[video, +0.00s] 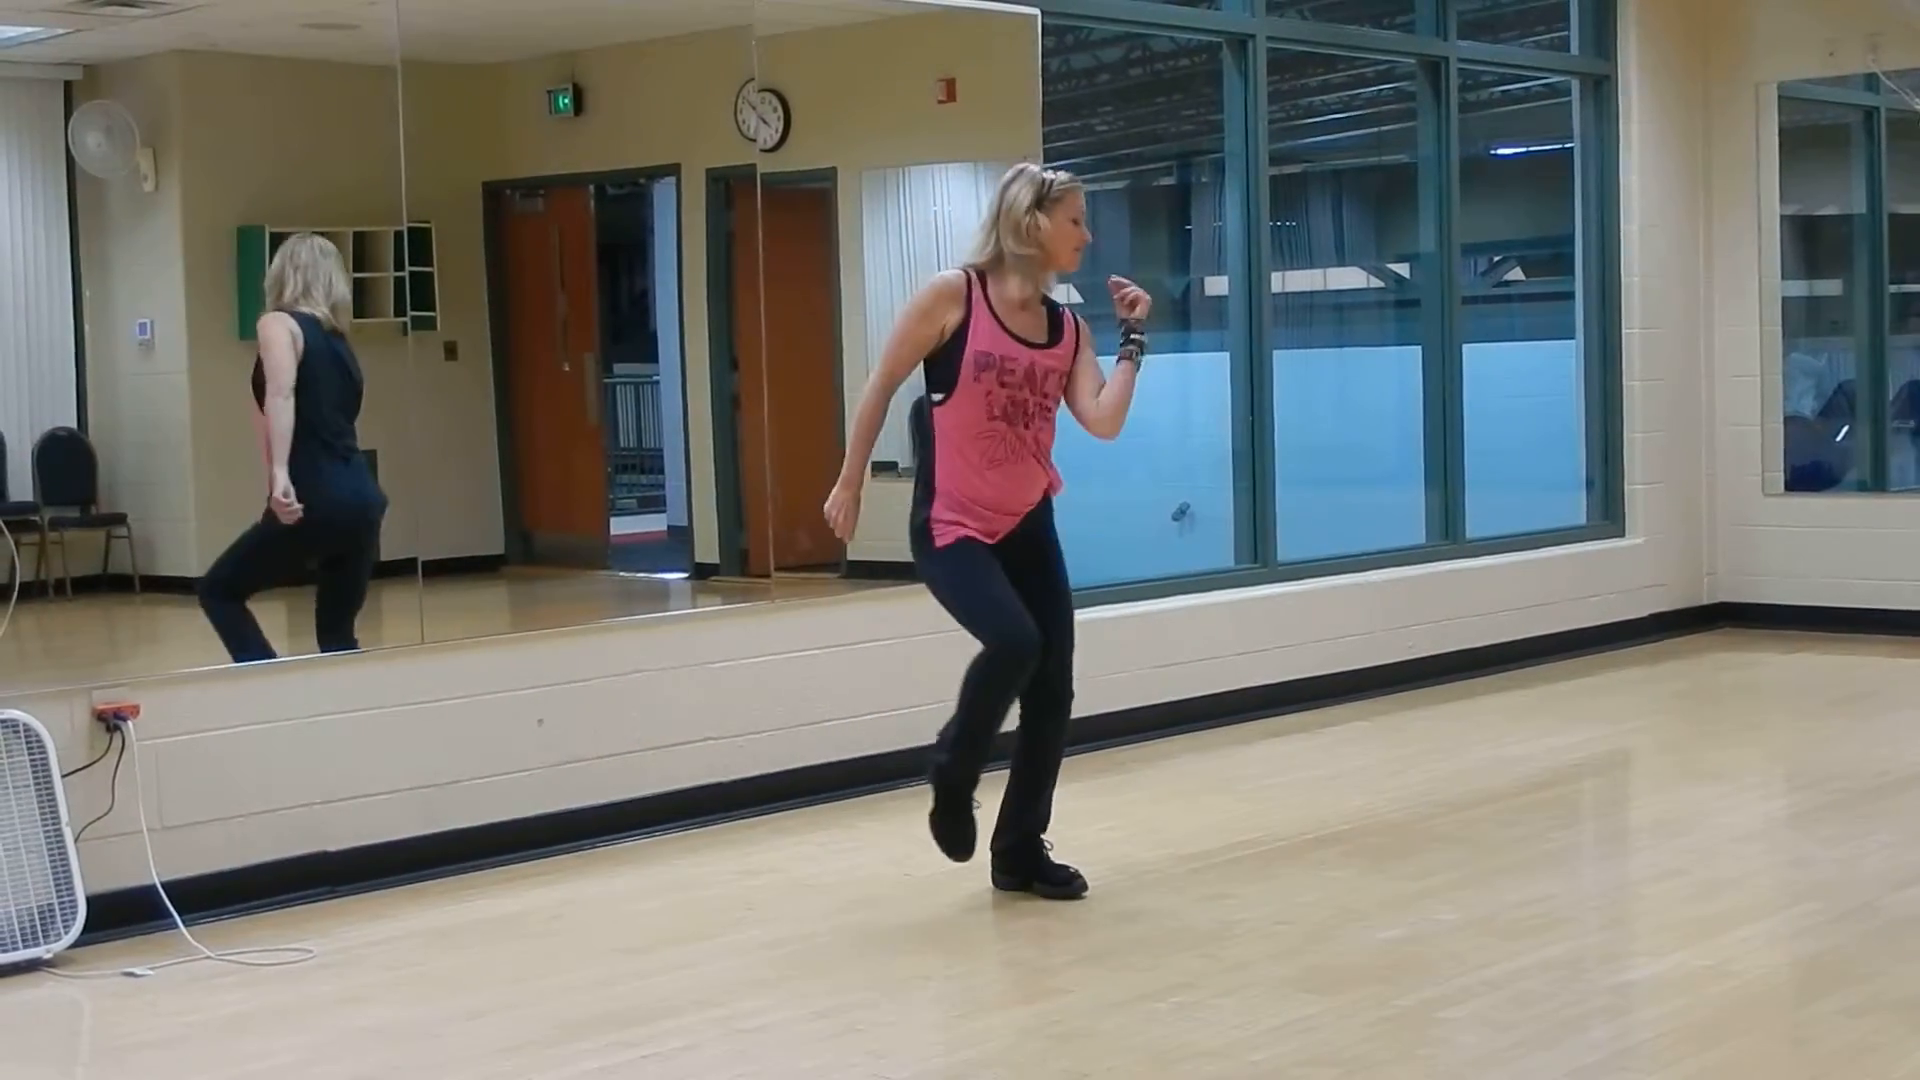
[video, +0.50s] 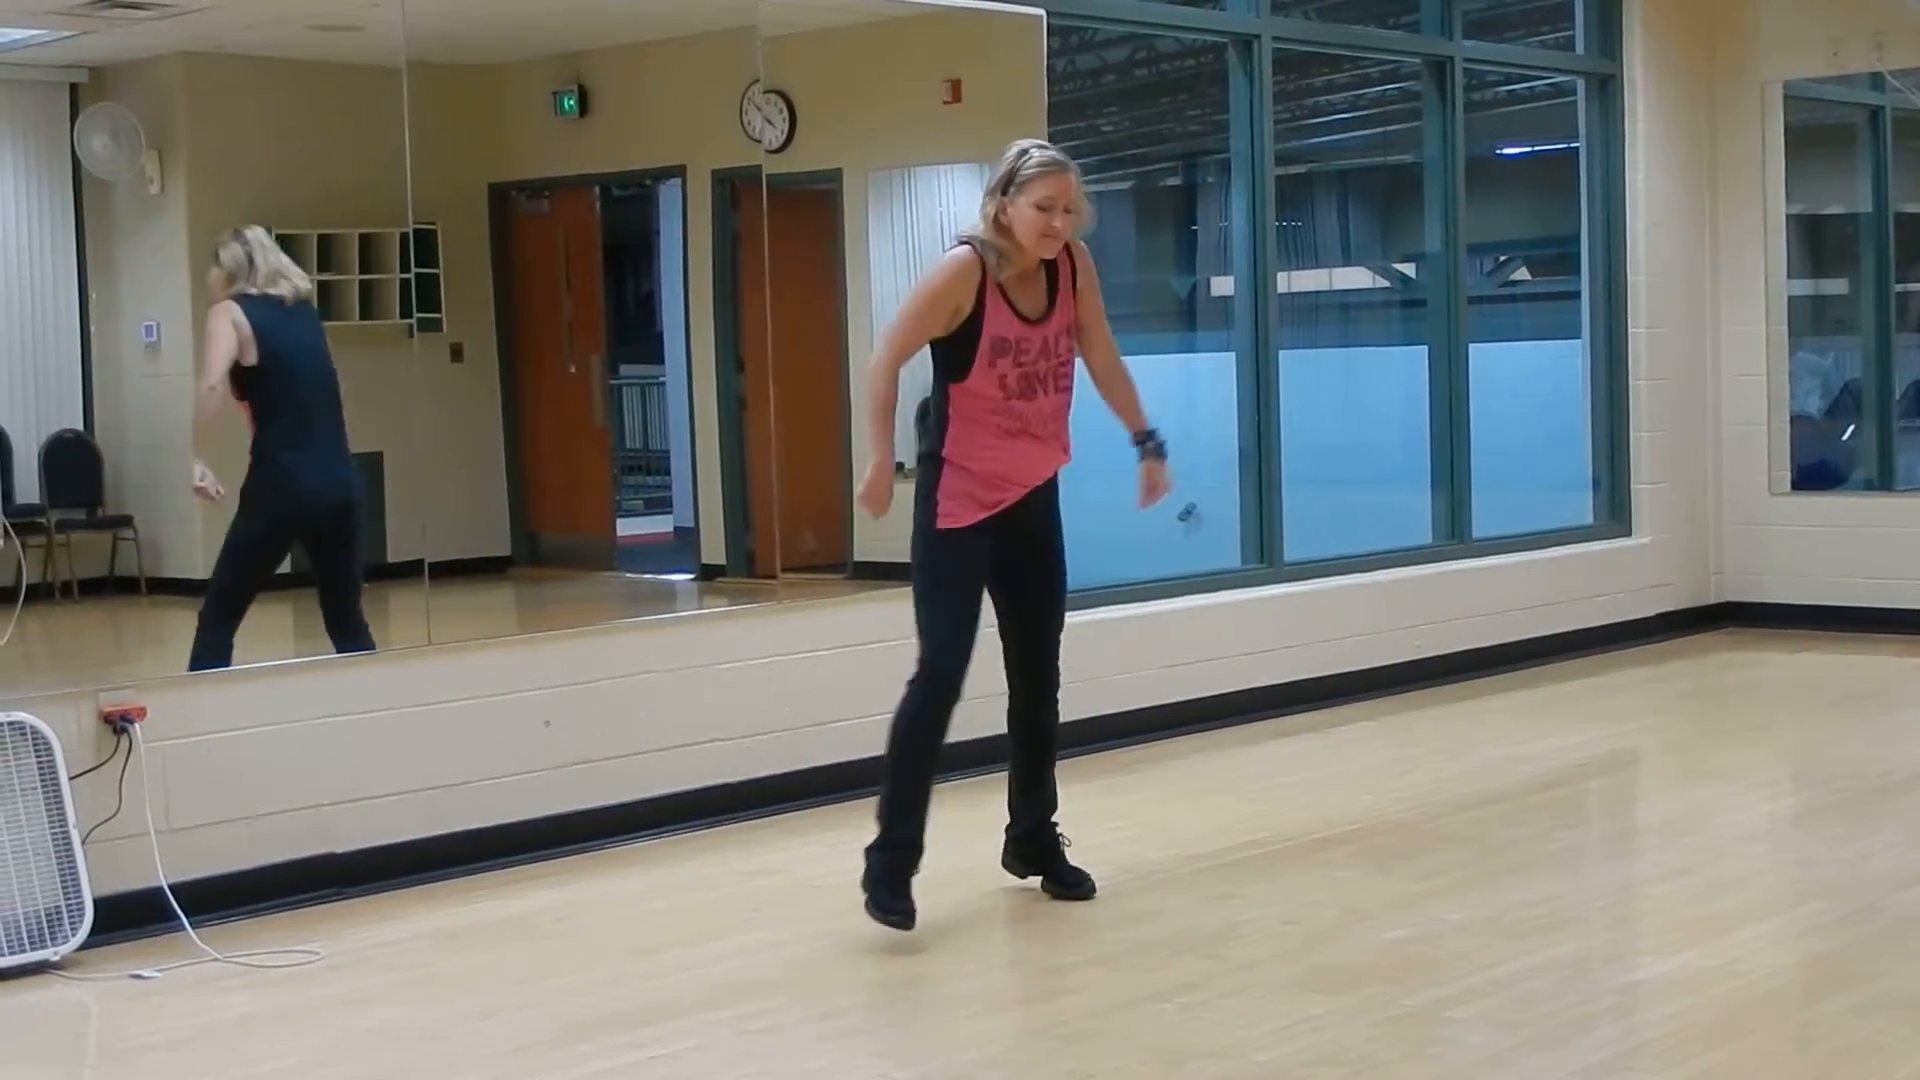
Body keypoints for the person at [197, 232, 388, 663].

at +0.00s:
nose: (272, 278)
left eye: (277, 270)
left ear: (282, 275)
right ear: (335, 281)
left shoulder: (277, 324)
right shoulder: (338, 339)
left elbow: (281, 395)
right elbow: (336, 424)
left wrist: (280, 472)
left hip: (314, 502)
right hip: (363, 502)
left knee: (217, 592)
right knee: (336, 632)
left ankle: (274, 694)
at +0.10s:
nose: (277, 282)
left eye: (283, 275)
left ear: (289, 282)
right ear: (341, 287)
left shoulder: (286, 329)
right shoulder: (341, 346)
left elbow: (293, 405)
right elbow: (338, 431)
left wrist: (293, 486)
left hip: (316, 509)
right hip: (361, 509)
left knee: (231, 607)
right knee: (333, 633)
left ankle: (287, 706)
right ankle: (362, 719)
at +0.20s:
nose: (276, 286)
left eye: (282, 279)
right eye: (280, 278)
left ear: (291, 285)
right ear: (340, 289)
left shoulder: (285, 332)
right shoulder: (342, 345)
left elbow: (291, 410)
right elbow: (345, 428)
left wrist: (282, 493)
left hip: (313, 513)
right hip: (358, 513)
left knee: (239, 623)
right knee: (332, 634)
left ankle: (290, 719)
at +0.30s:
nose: (257, 285)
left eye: (262, 277)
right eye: (258, 277)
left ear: (274, 279)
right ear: (319, 279)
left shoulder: (271, 322)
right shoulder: (336, 330)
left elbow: (268, 402)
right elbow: (334, 417)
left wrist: (256, 478)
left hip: (303, 502)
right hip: (350, 500)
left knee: (228, 618)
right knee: (338, 631)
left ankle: (280, 717)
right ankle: (363, 723)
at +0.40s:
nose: (236, 277)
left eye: (239, 269)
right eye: (238, 268)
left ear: (248, 270)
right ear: (295, 264)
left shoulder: (250, 312)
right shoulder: (320, 315)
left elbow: (240, 393)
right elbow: (337, 398)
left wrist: (223, 462)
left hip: (290, 494)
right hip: (346, 491)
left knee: (221, 616)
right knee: (344, 625)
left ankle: (248, 728)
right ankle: (378, 727)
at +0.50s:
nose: (212, 282)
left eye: (216, 273)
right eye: (212, 273)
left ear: (230, 271)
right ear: (274, 266)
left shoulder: (230, 311)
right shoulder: (305, 313)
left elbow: (214, 387)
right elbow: (320, 391)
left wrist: (198, 457)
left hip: (279, 488)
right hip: (337, 484)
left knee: (218, 620)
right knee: (347, 621)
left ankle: (199, 731)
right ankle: (384, 725)